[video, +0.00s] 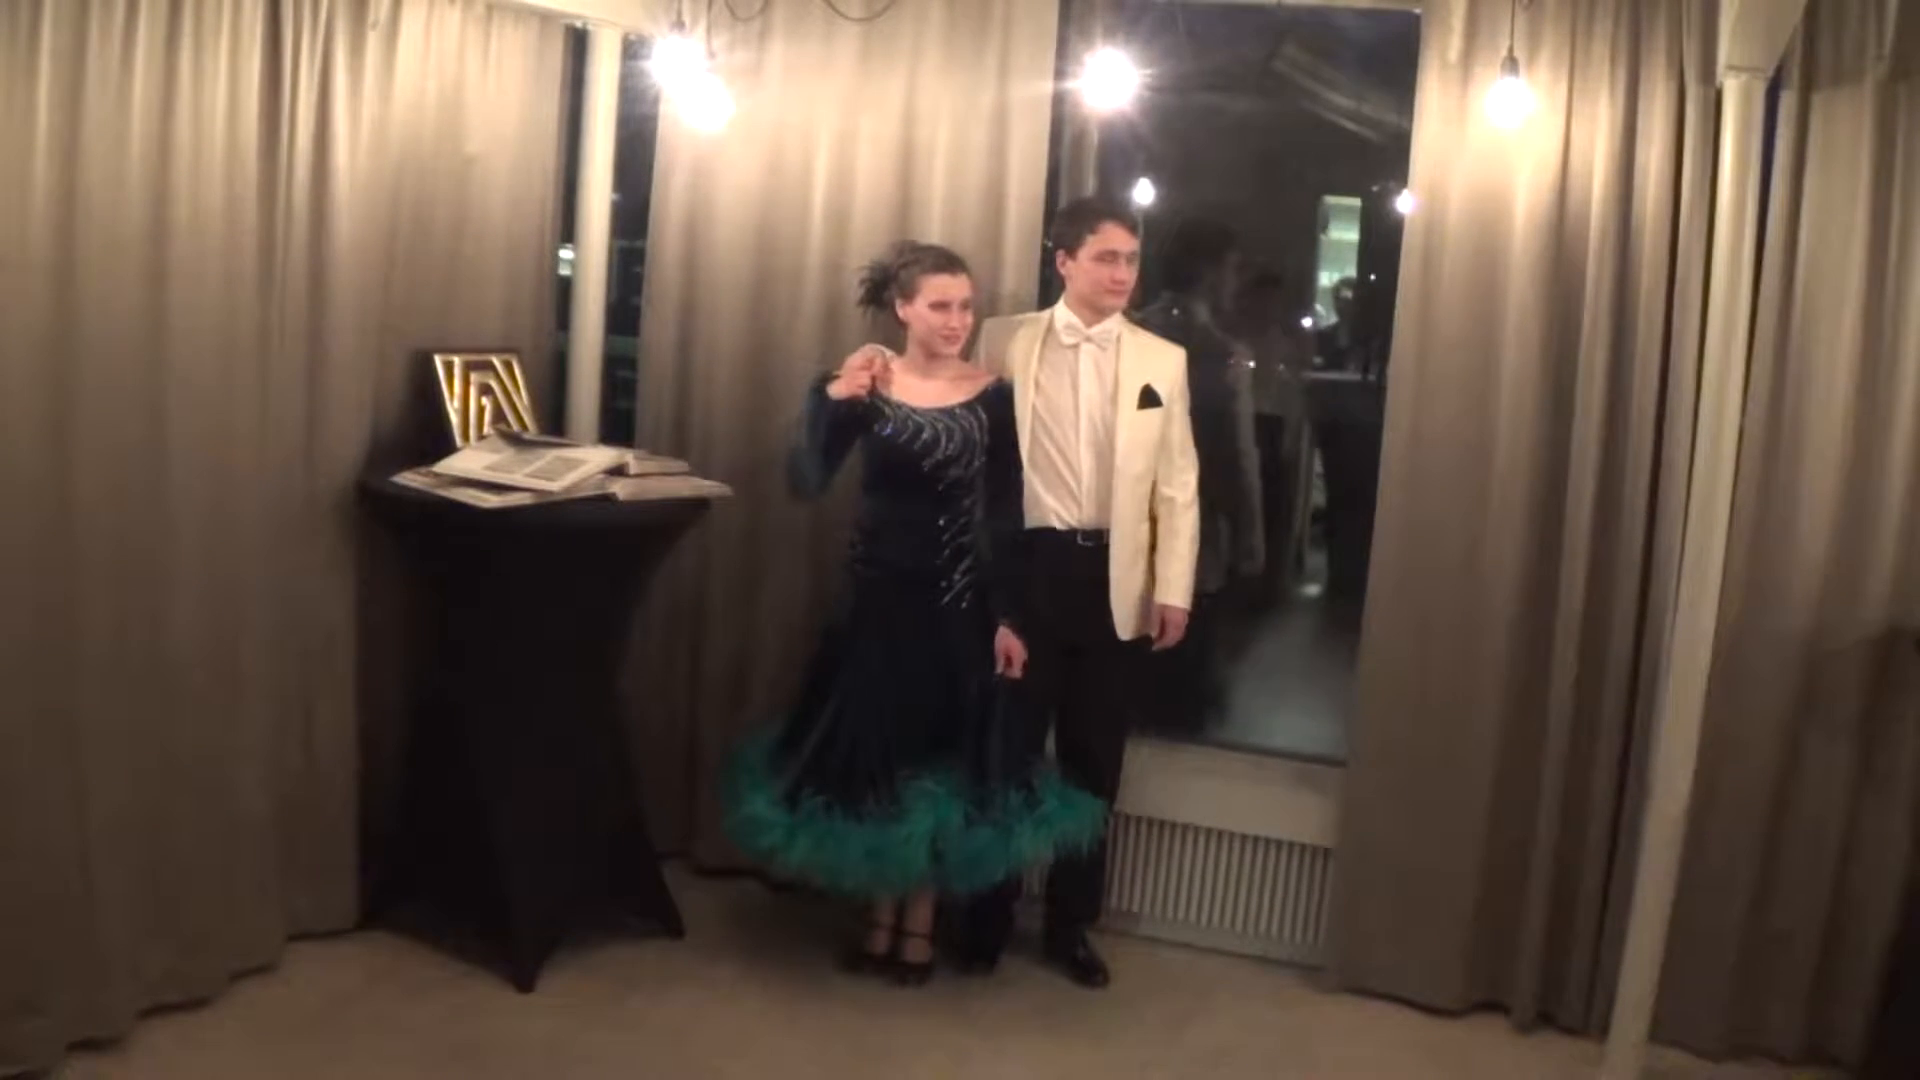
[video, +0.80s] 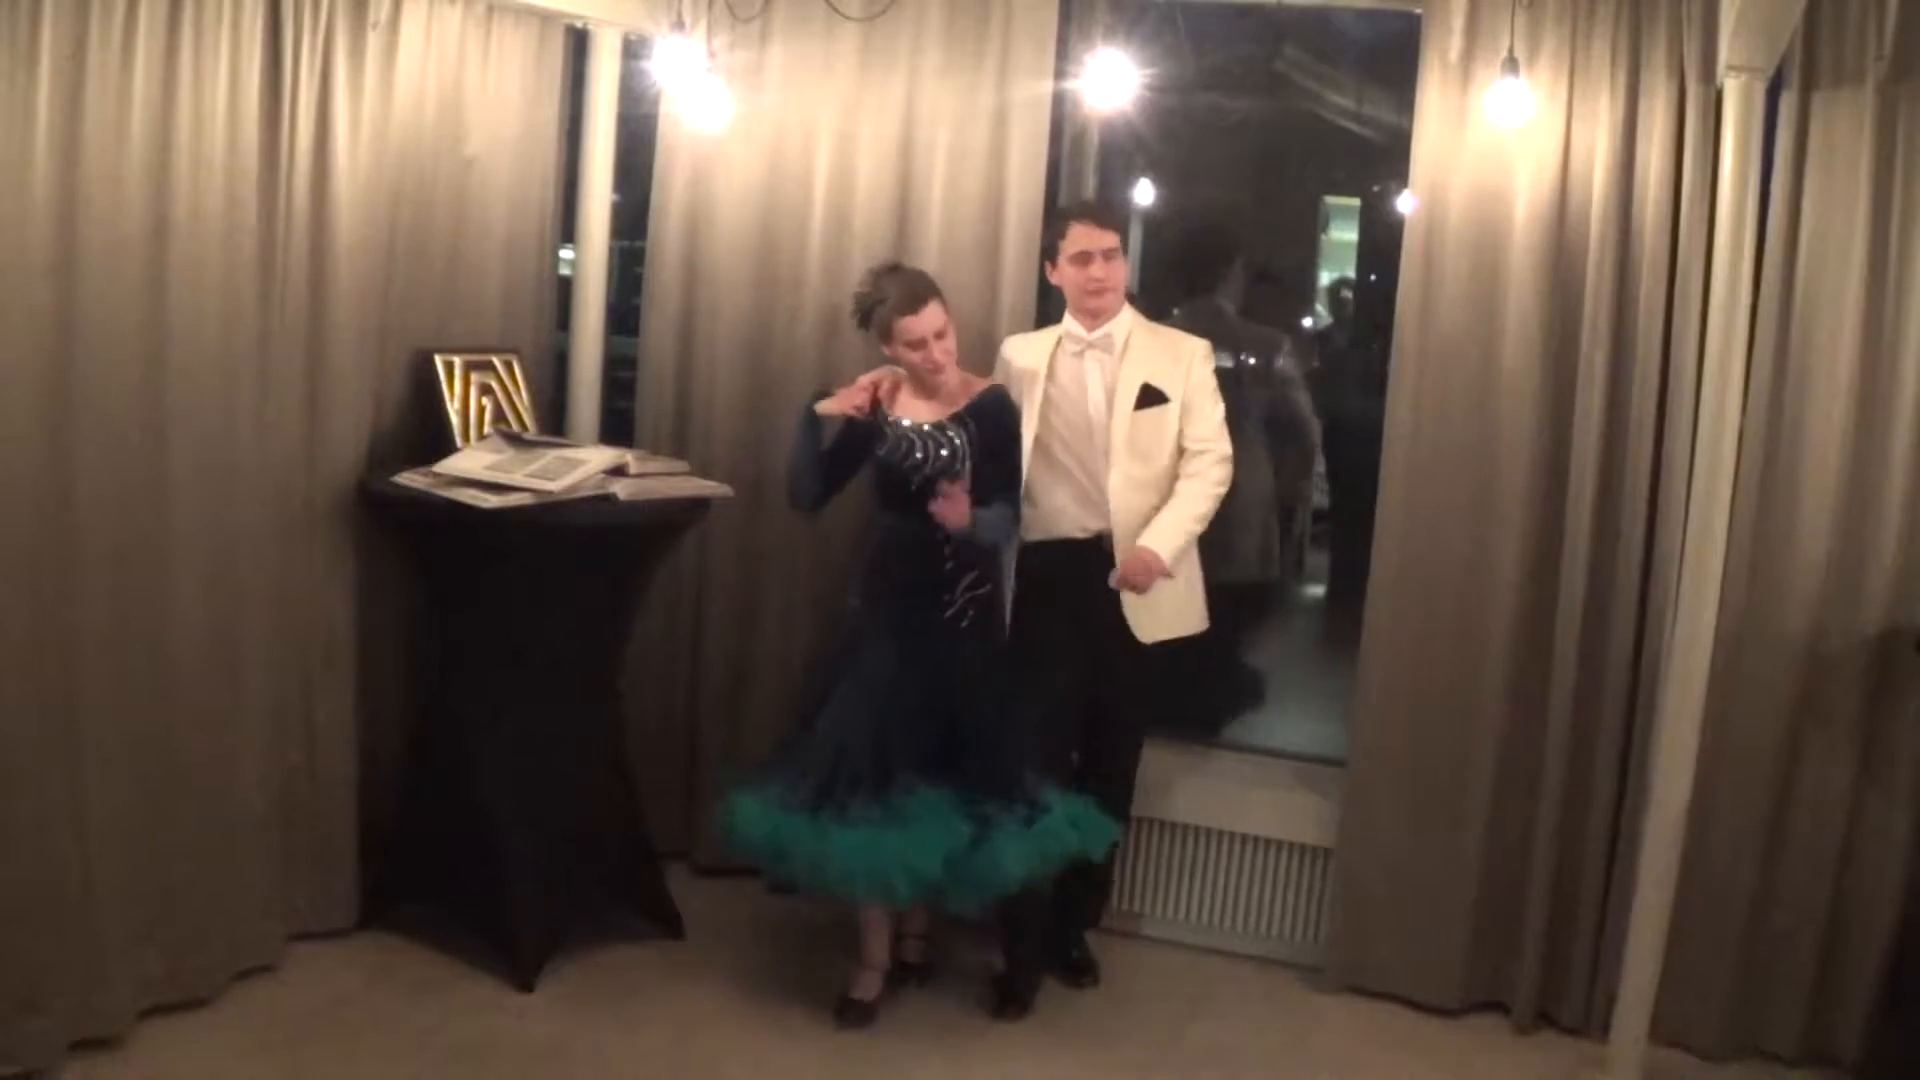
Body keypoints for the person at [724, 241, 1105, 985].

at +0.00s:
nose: (956, 321)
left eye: (965, 307)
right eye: (939, 306)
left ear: (978, 312)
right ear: (900, 310)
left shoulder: (990, 393)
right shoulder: (870, 383)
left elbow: (1004, 512)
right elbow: (808, 478)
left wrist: (1007, 615)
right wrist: (834, 397)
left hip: (959, 597)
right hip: (882, 591)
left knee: (939, 752)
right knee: (882, 749)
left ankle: (921, 909)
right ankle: (881, 905)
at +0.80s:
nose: (937, 354)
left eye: (941, 334)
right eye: (917, 346)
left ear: (953, 322)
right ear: (888, 351)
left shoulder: (992, 407)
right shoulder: (875, 408)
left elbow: (1011, 519)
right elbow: (809, 494)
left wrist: (972, 520)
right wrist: (825, 416)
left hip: (964, 610)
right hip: (889, 603)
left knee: (936, 759)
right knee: (869, 755)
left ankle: (915, 920)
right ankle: (872, 951)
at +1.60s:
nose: (933, 323)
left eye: (940, 309)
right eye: (915, 309)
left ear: (948, 317)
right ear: (869, 317)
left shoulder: (968, 407)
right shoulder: (837, 393)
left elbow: (991, 525)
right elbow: (747, 479)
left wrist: (1055, 607)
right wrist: (788, 400)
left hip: (933, 617)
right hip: (850, 611)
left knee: (917, 793)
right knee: (848, 785)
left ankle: (883, 985)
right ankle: (878, 954)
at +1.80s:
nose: (942, 324)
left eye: (948, 310)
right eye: (924, 308)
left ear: (953, 320)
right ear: (872, 316)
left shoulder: (962, 412)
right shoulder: (827, 400)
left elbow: (1005, 532)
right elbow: (726, 471)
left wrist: (1105, 551)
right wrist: (782, 389)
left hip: (924, 626)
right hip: (842, 620)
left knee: (905, 799)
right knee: (846, 790)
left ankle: (870, 985)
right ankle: (872, 965)